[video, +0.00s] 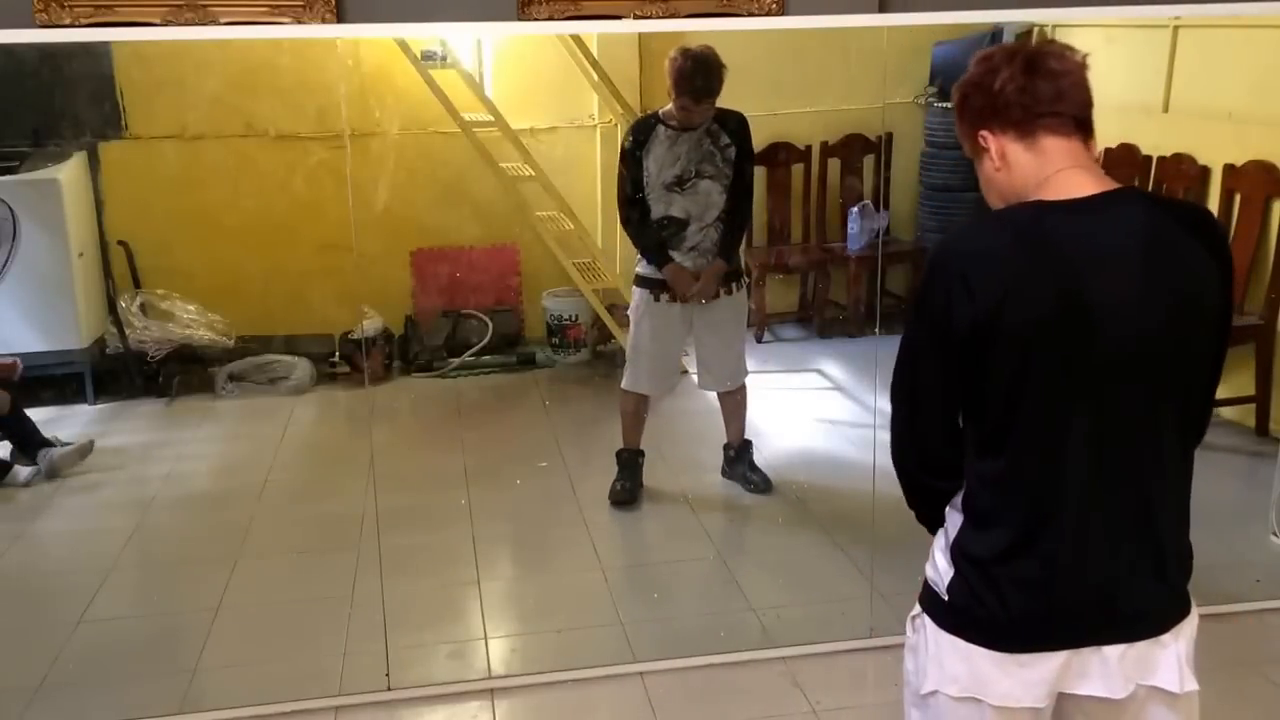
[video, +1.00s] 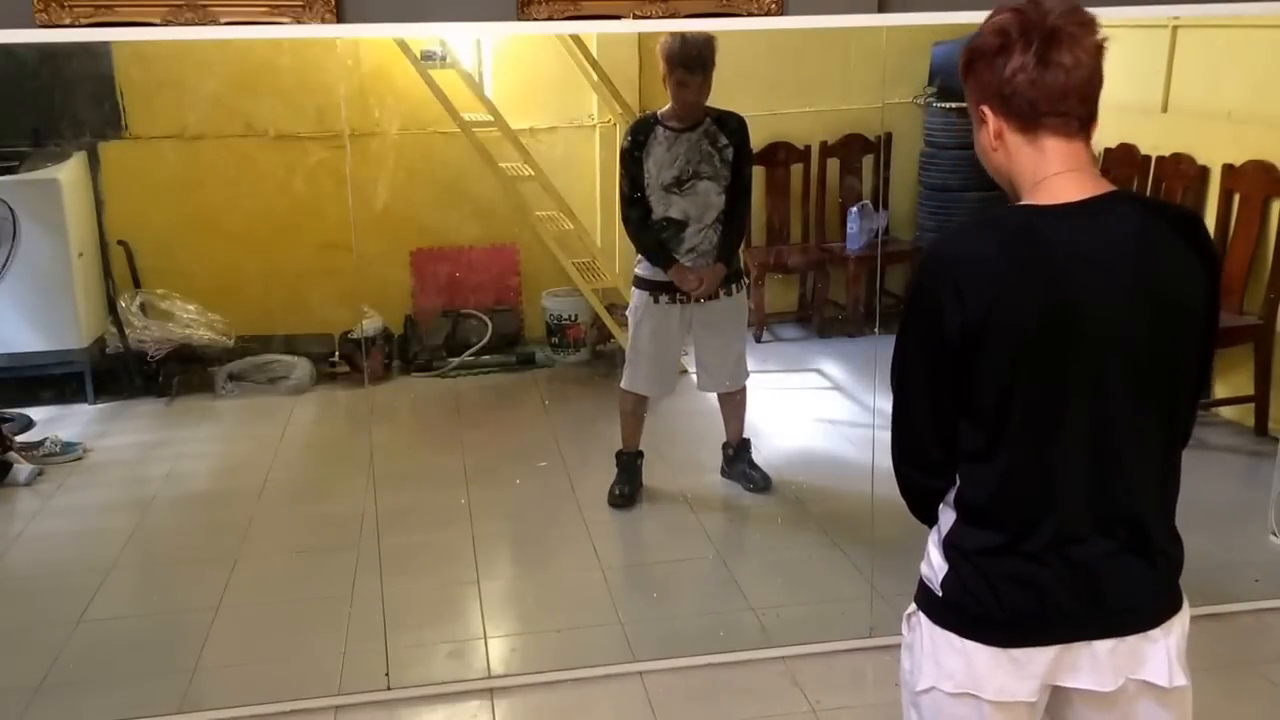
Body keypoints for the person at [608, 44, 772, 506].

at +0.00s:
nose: (691, 116)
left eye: (701, 109)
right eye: (684, 108)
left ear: (716, 96)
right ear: (671, 92)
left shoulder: (733, 127)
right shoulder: (642, 133)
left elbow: (741, 201)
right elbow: (630, 209)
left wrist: (721, 261)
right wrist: (667, 265)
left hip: (721, 277)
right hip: (657, 278)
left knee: (730, 372)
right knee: (639, 375)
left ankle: (737, 456)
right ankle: (629, 465)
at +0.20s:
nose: (689, 116)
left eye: (698, 108)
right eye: (681, 107)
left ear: (712, 95)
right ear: (667, 92)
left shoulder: (732, 127)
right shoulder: (641, 134)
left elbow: (741, 201)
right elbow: (628, 211)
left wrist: (721, 262)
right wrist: (668, 265)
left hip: (720, 277)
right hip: (656, 278)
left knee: (730, 372)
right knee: (639, 376)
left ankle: (736, 456)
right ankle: (628, 466)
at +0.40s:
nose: (692, 115)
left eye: (702, 106)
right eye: (685, 105)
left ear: (715, 94)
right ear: (671, 90)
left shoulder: (733, 128)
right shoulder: (641, 134)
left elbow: (741, 202)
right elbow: (632, 213)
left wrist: (721, 263)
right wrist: (670, 268)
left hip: (720, 278)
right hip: (656, 279)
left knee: (731, 372)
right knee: (639, 376)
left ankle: (736, 456)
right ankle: (628, 466)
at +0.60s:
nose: (693, 114)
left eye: (702, 105)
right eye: (685, 105)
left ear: (717, 92)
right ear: (672, 89)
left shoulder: (733, 128)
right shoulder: (640, 135)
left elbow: (740, 202)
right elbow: (632, 214)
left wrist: (720, 262)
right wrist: (671, 269)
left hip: (719, 279)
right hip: (656, 279)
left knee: (730, 373)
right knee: (638, 378)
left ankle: (736, 456)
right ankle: (628, 465)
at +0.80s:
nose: (689, 105)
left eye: (699, 97)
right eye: (682, 96)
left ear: (715, 88)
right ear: (669, 85)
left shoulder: (732, 129)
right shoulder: (640, 135)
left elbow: (740, 204)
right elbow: (631, 212)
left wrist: (721, 261)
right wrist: (669, 266)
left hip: (719, 279)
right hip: (656, 280)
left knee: (731, 373)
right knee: (638, 379)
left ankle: (736, 456)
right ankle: (628, 465)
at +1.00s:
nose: (689, 90)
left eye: (697, 80)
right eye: (680, 80)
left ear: (710, 77)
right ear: (665, 77)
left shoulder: (732, 129)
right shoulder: (640, 135)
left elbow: (740, 204)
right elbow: (632, 212)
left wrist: (721, 262)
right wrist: (672, 266)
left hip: (720, 279)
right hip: (656, 281)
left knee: (731, 373)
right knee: (638, 378)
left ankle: (736, 456)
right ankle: (628, 465)